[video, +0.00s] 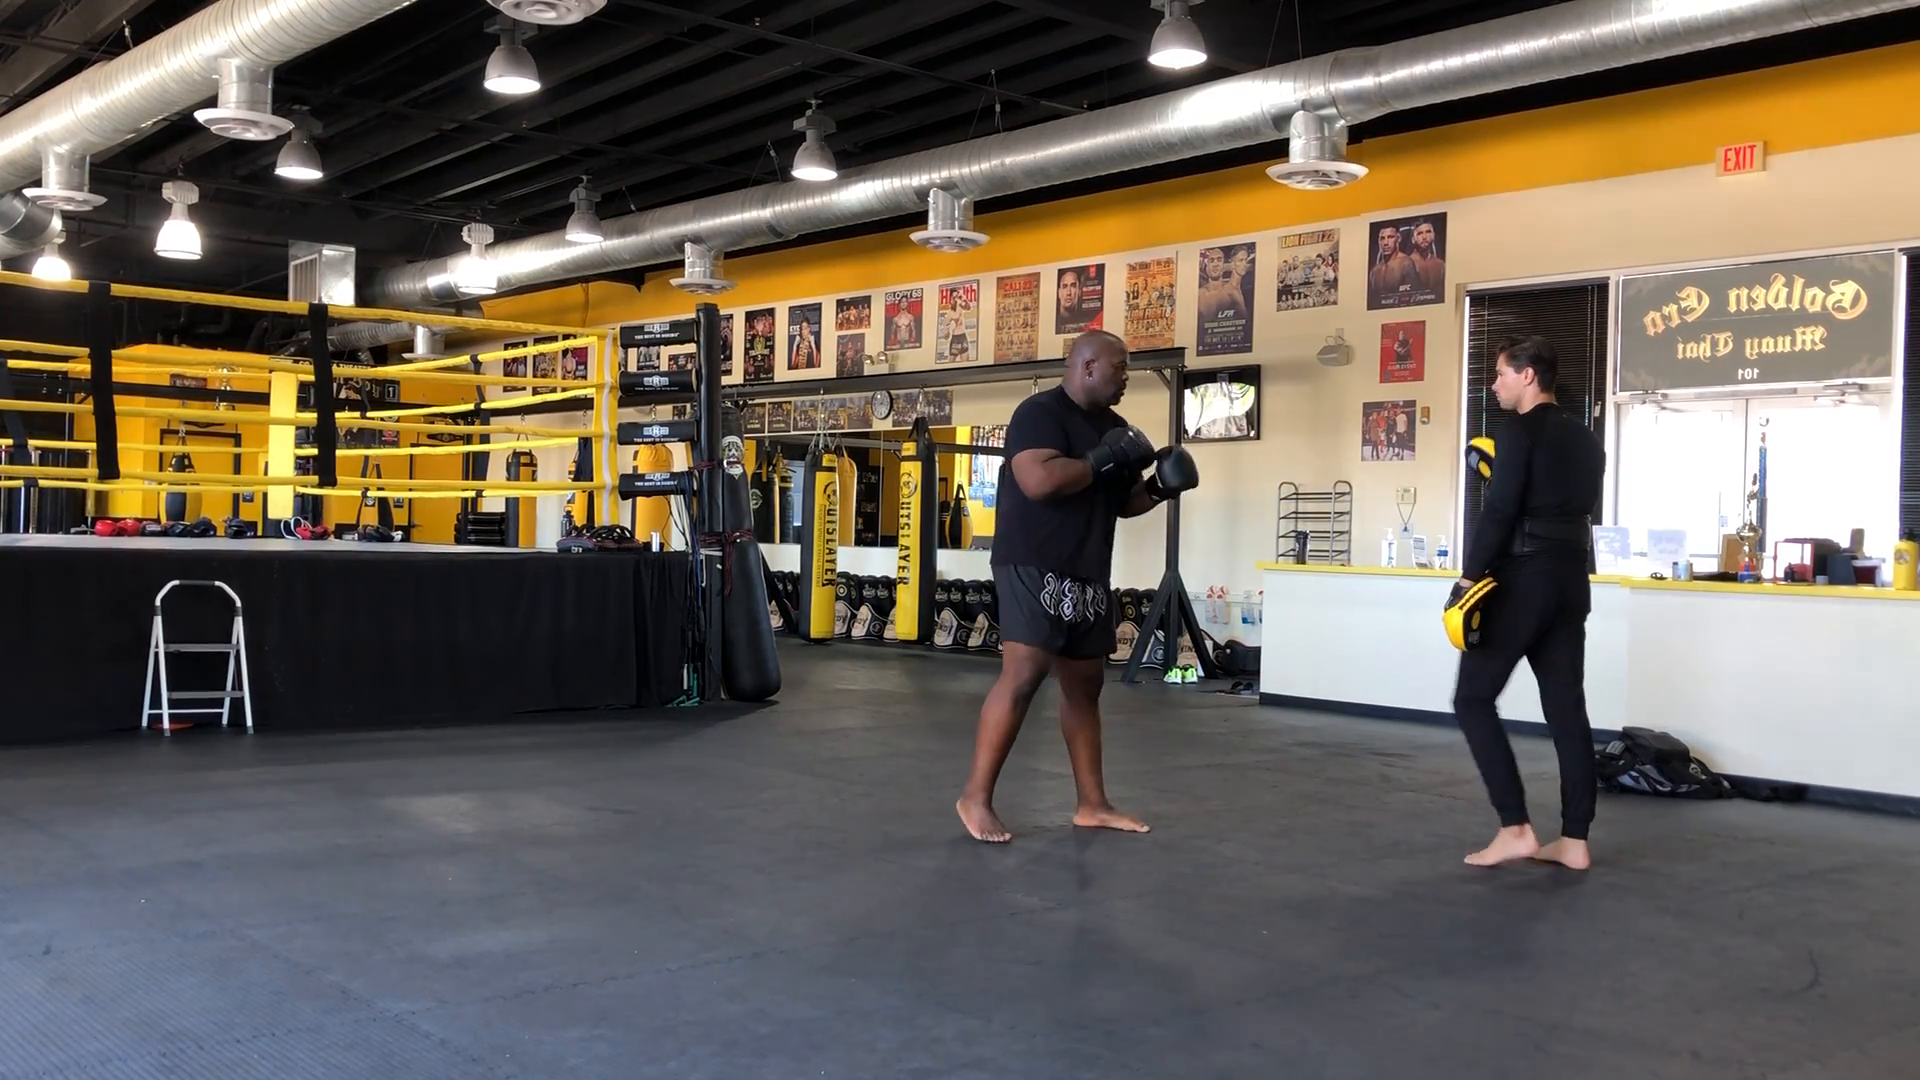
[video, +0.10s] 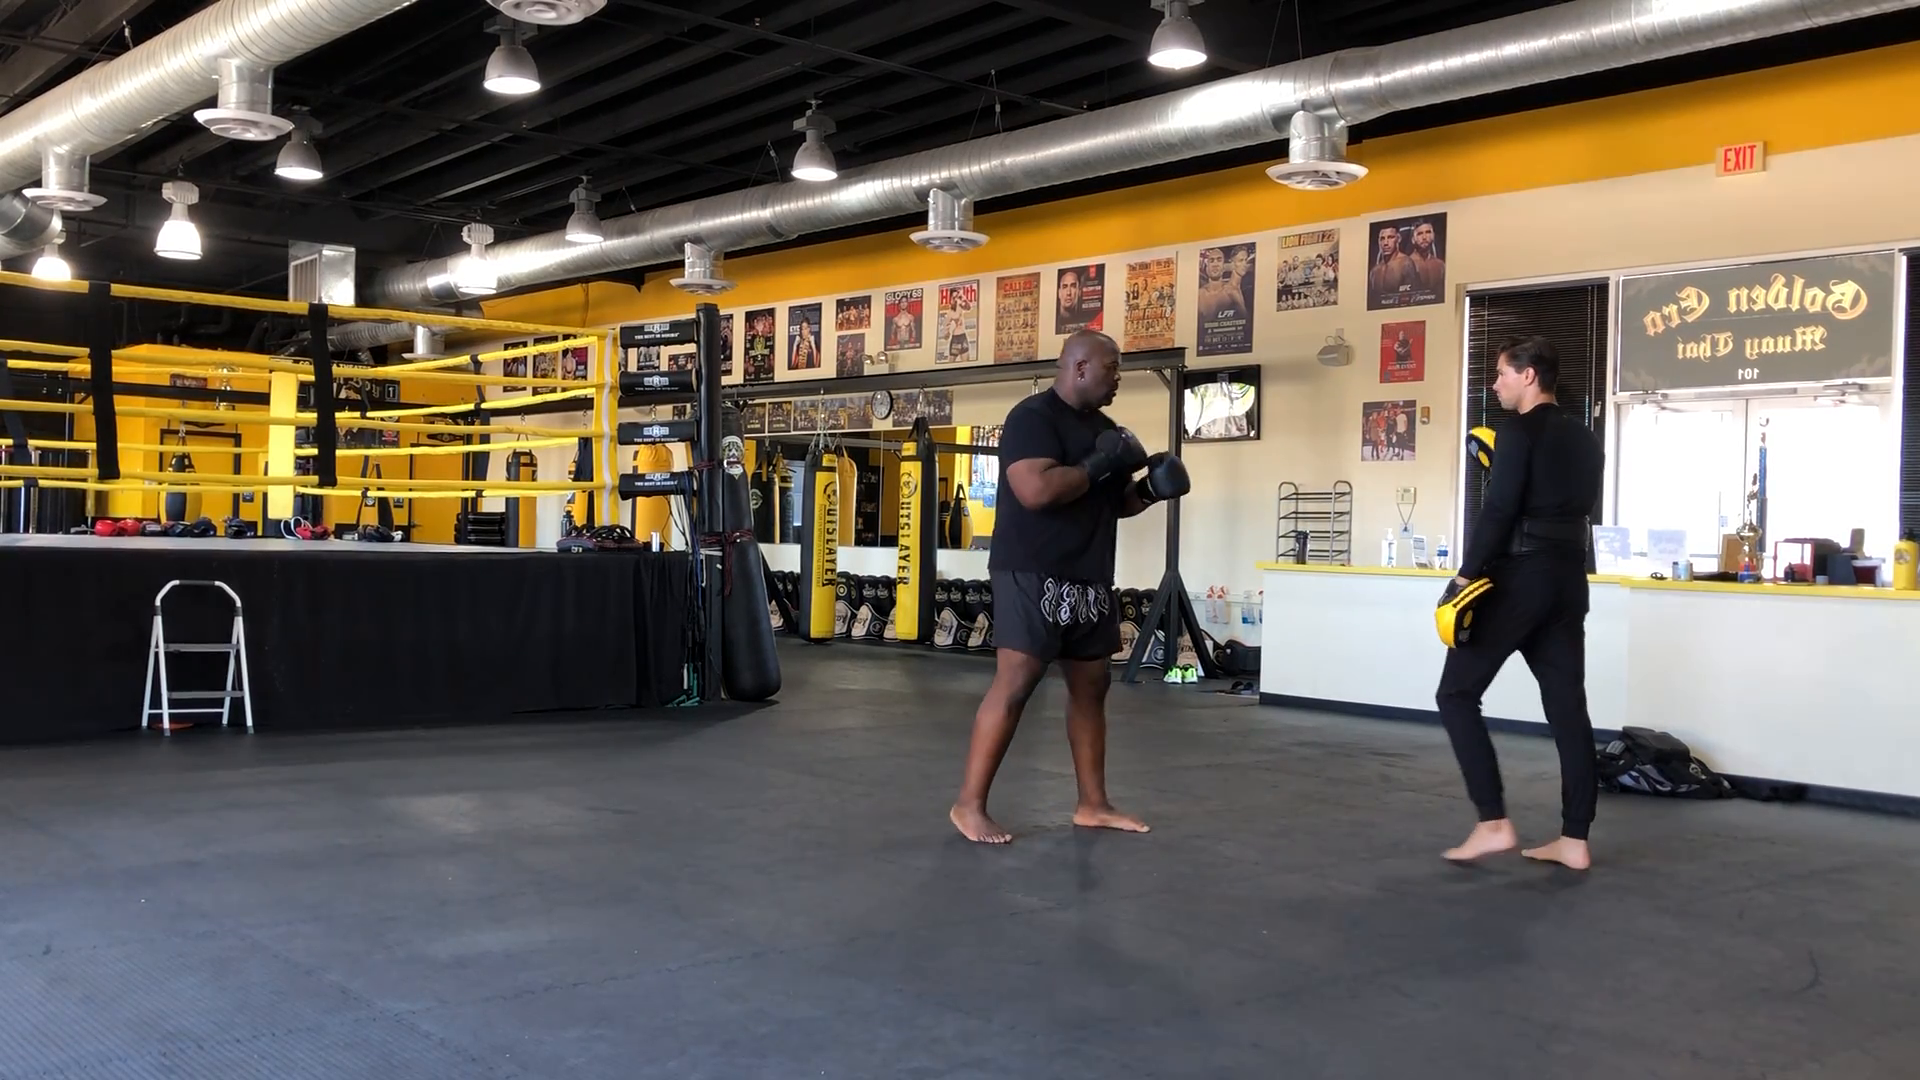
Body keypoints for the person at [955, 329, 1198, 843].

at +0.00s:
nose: (1125, 382)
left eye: (1126, 373)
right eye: (1120, 371)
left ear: (1097, 369)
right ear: (1086, 366)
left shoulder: (1112, 430)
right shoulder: (1037, 412)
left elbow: (1122, 504)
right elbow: (1039, 480)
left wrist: (1158, 485)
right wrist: (1108, 457)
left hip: (1087, 573)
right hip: (1031, 566)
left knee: (1084, 684)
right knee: (1022, 675)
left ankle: (1092, 803)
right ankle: (975, 799)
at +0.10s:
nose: (1117, 383)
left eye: (1118, 373)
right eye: (1112, 372)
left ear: (1088, 370)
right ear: (1078, 367)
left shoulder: (1104, 431)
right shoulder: (1030, 417)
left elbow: (1116, 504)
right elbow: (1034, 489)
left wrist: (1149, 487)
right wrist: (1101, 464)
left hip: (1088, 576)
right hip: (1029, 573)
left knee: (1091, 684)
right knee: (1015, 681)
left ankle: (1092, 804)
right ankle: (969, 805)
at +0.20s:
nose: (1110, 385)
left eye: (1111, 376)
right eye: (1104, 375)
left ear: (1079, 374)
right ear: (1071, 372)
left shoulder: (1091, 433)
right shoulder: (1023, 422)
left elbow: (1093, 509)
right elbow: (1026, 496)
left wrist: (1137, 490)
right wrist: (1093, 468)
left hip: (1084, 581)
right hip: (1027, 581)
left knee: (1110, 678)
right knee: (1009, 690)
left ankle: (1096, 800)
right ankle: (965, 813)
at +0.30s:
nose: (1108, 384)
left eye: (1109, 375)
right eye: (1102, 374)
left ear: (1077, 373)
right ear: (1069, 372)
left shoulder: (1089, 432)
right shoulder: (1021, 421)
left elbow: (1091, 506)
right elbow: (1028, 493)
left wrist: (1133, 477)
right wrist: (1096, 457)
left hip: (1082, 580)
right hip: (1025, 581)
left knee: (1119, 667)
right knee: (1009, 690)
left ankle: (1104, 792)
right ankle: (966, 813)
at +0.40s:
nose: (1109, 387)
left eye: (1111, 378)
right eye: (1105, 376)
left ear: (1079, 372)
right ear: (1073, 370)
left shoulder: (1087, 428)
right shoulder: (1024, 420)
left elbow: (1109, 495)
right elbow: (1037, 491)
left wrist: (1148, 463)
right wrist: (1101, 449)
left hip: (1086, 577)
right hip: (1030, 579)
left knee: (1112, 672)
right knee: (1012, 691)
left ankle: (1119, 791)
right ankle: (967, 812)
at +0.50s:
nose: (1121, 388)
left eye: (1122, 379)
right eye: (1114, 379)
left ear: (1091, 380)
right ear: (1081, 378)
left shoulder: (1098, 436)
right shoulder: (1037, 427)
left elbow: (1123, 492)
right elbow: (1046, 497)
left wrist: (1160, 467)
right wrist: (1111, 455)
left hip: (1087, 585)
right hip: (1035, 585)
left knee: (1119, 678)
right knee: (1023, 693)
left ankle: (1120, 796)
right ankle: (968, 811)